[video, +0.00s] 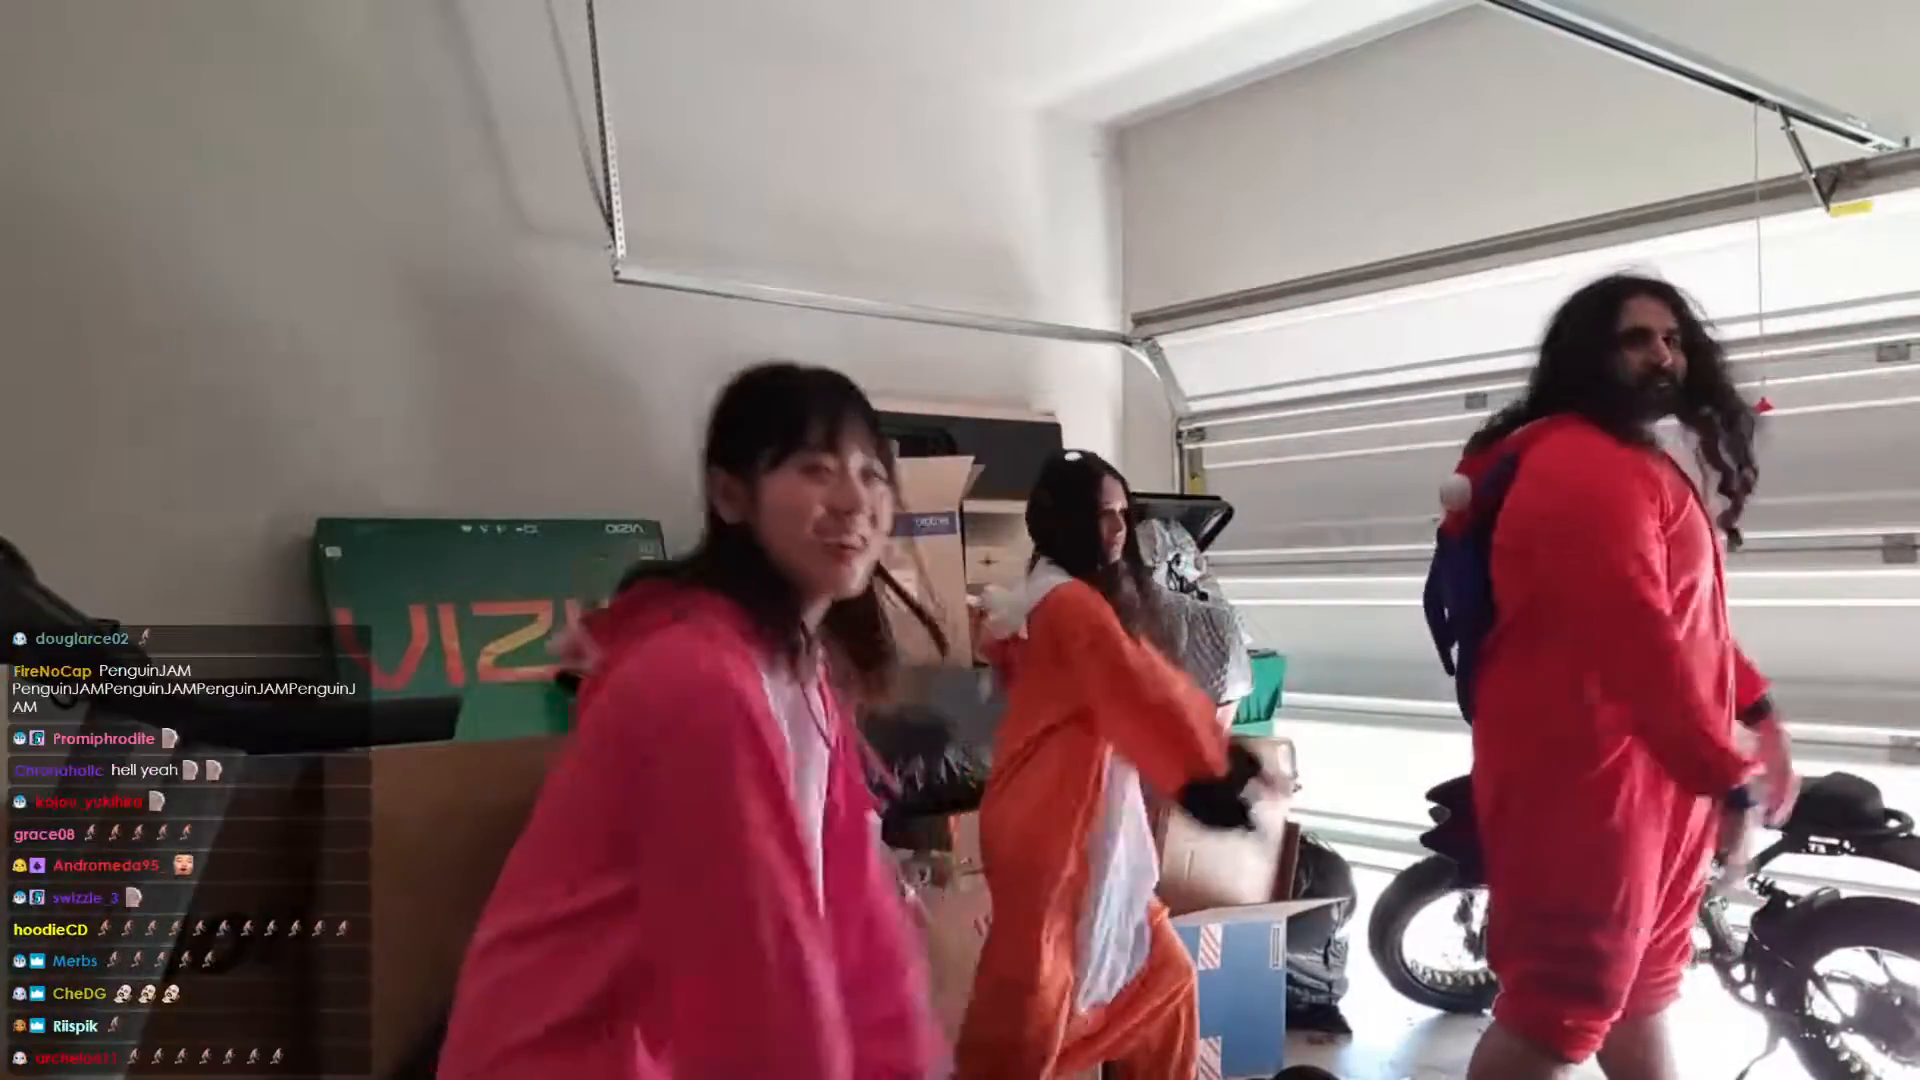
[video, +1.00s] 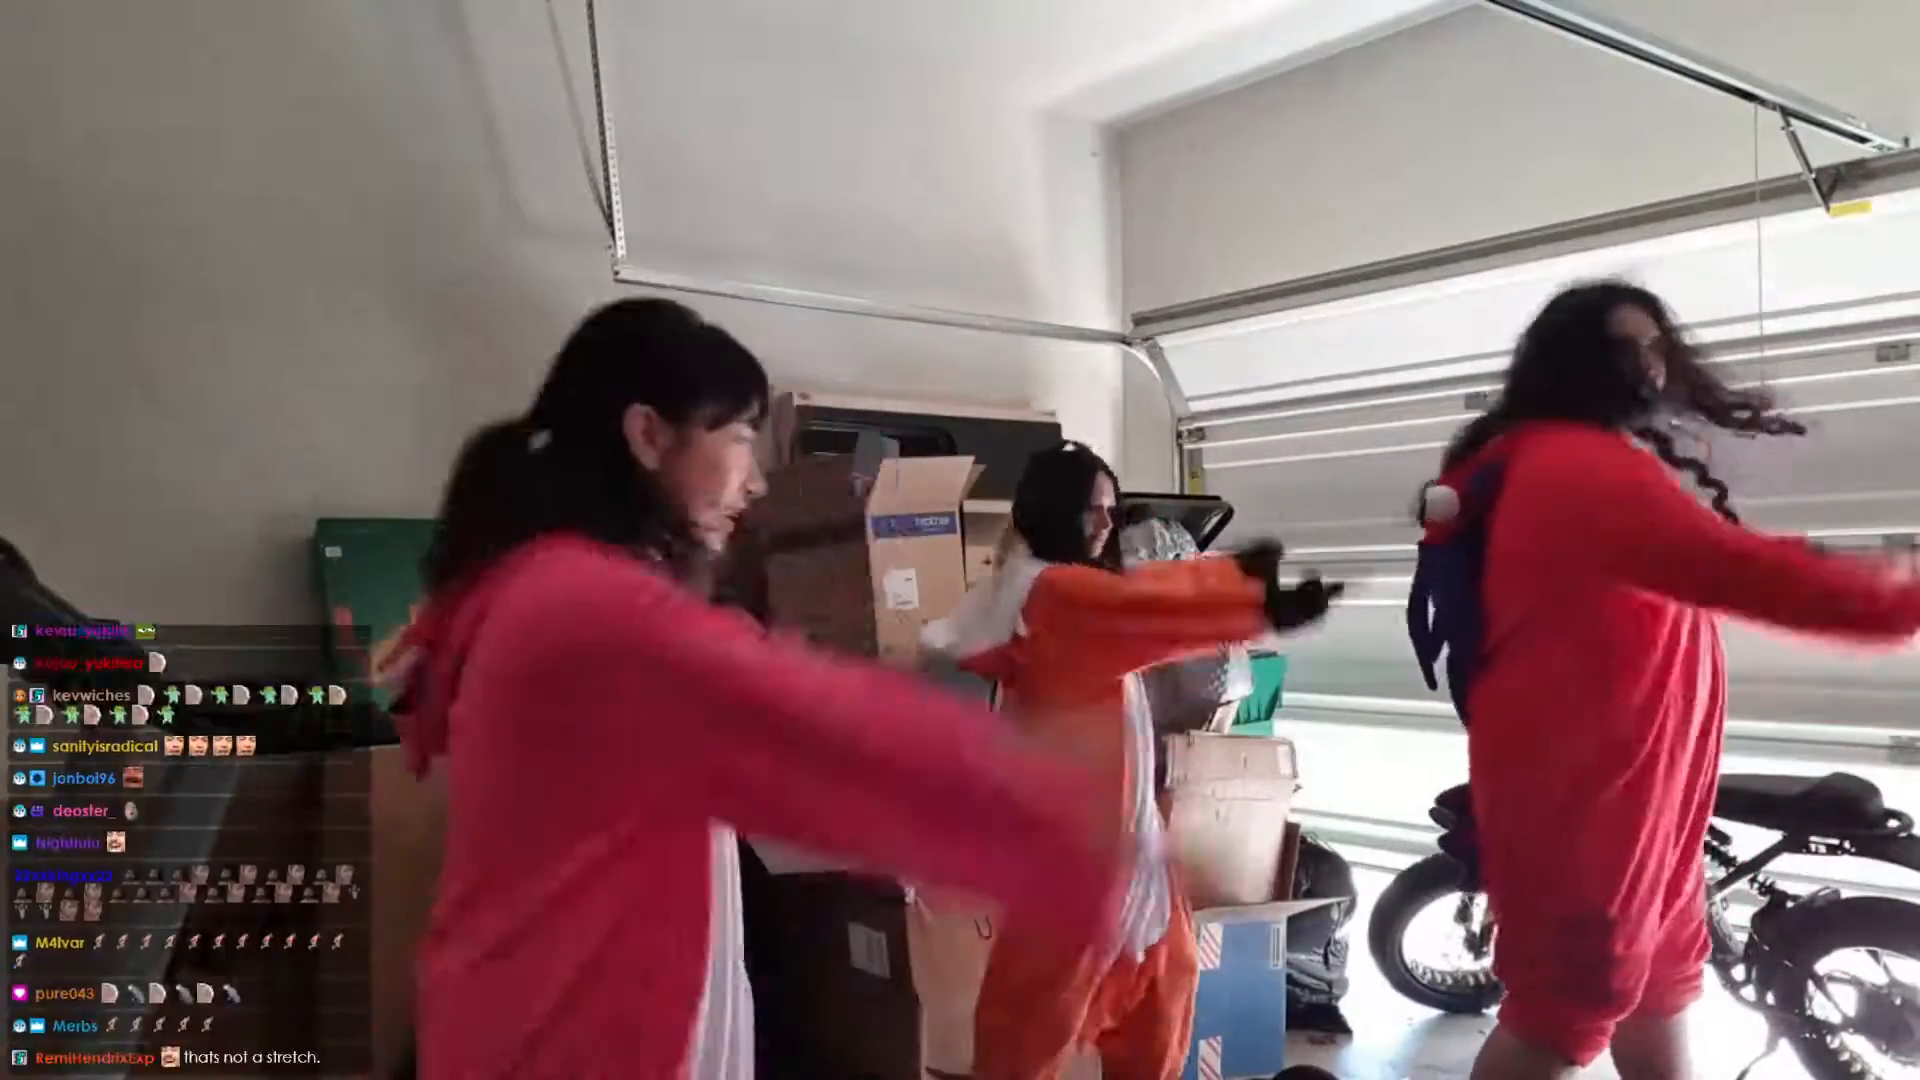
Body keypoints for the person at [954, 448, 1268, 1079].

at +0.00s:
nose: (1120, 530)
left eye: (1123, 516)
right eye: (1106, 516)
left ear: (1127, 518)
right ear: (1067, 520)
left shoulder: (1082, 599)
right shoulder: (1067, 602)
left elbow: (1153, 681)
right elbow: (1137, 688)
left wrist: (1217, 757)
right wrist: (1216, 765)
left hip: (1092, 818)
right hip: (1046, 820)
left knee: (1167, 975)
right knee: (1032, 981)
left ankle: (1159, 1077)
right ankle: (998, 1073)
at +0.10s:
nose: (1106, 513)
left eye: (1110, 499)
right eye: (1091, 500)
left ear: (1116, 502)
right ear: (1054, 504)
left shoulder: (1080, 581)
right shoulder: (1052, 584)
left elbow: (1162, 591)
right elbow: (1155, 595)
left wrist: (1254, 574)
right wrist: (1269, 590)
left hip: (1135, 802)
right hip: (1079, 809)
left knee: (1162, 970)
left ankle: (1160, 1069)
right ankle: (999, 1069)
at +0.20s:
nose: (1119, 527)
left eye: (1119, 514)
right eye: (1101, 516)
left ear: (1118, 521)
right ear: (1064, 530)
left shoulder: (1105, 604)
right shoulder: (1063, 608)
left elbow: (1147, 559)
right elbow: (1138, 566)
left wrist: (1204, 500)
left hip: (1155, 826)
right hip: (1096, 835)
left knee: (1192, 980)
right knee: (1061, 1002)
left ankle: (1173, 1069)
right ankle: (1032, 1067)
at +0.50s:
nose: (1121, 517)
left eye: (1127, 502)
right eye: (1107, 504)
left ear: (1133, 503)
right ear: (1070, 508)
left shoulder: (1106, 573)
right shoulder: (1058, 582)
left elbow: (1168, 558)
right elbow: (1149, 602)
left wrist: (1239, 559)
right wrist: (1237, 582)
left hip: (1110, 782)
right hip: (1051, 790)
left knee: (1159, 918)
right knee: (1047, 934)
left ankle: (1167, 1061)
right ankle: (1019, 1068)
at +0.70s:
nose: (1148, 566)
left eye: (1151, 552)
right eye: (1135, 553)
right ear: (1099, 558)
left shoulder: (1081, 629)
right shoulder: (1086, 640)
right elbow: (1111, 771)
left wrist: (1153, 872)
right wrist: (1130, 882)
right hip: (1003, 850)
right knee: (1130, 978)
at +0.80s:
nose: (1146, 575)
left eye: (1148, 560)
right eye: (1134, 561)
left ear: (1077, 567)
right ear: (1098, 565)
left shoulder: (1074, 635)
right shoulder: (1083, 650)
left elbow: (1104, 765)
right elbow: (1075, 767)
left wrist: (1104, 864)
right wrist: (1058, 876)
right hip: (1002, 853)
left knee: (1148, 978)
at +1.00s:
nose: (1106, 524)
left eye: (1111, 510)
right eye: (1094, 509)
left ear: (1112, 511)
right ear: (1058, 512)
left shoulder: (1079, 587)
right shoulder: (1050, 590)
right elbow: (1149, 603)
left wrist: (1238, 570)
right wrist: (1266, 607)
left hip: (1130, 819)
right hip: (1074, 827)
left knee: (1170, 968)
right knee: (1041, 996)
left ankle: (1151, 1071)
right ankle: (1009, 1068)